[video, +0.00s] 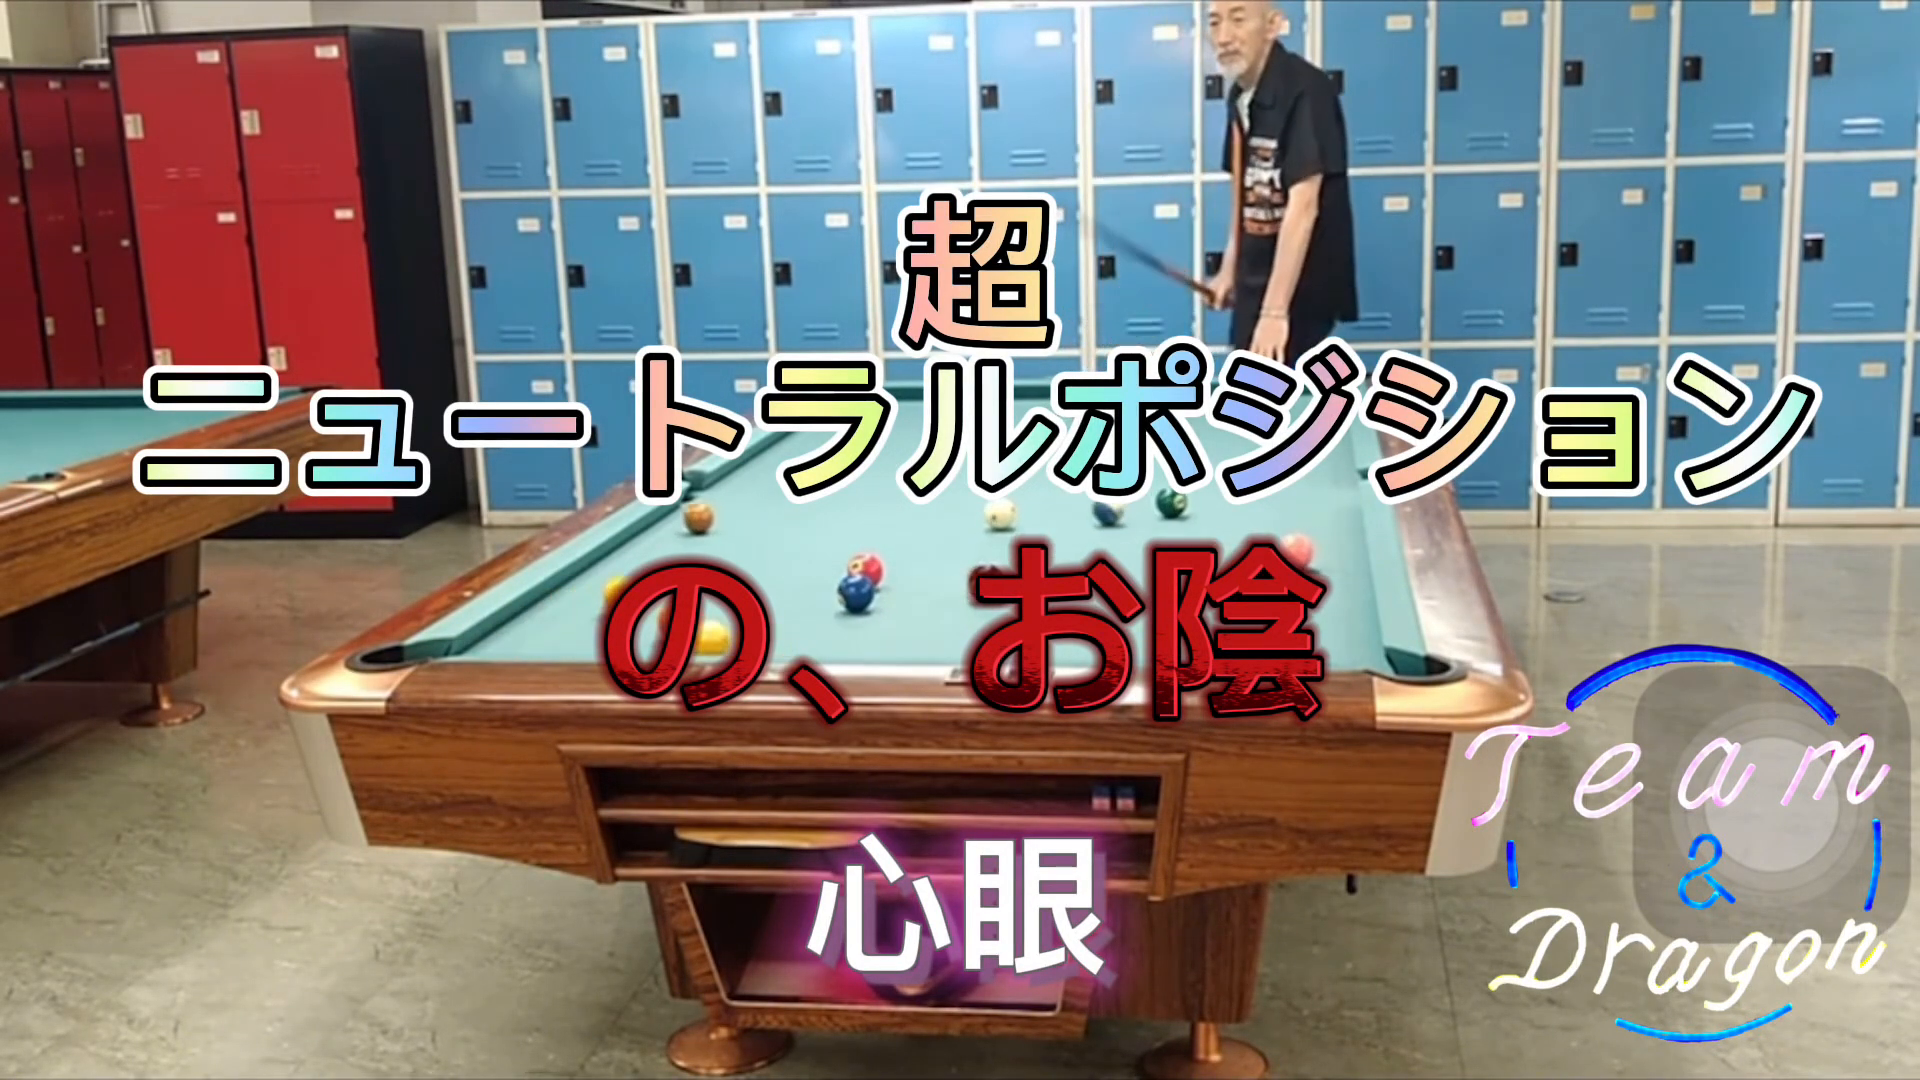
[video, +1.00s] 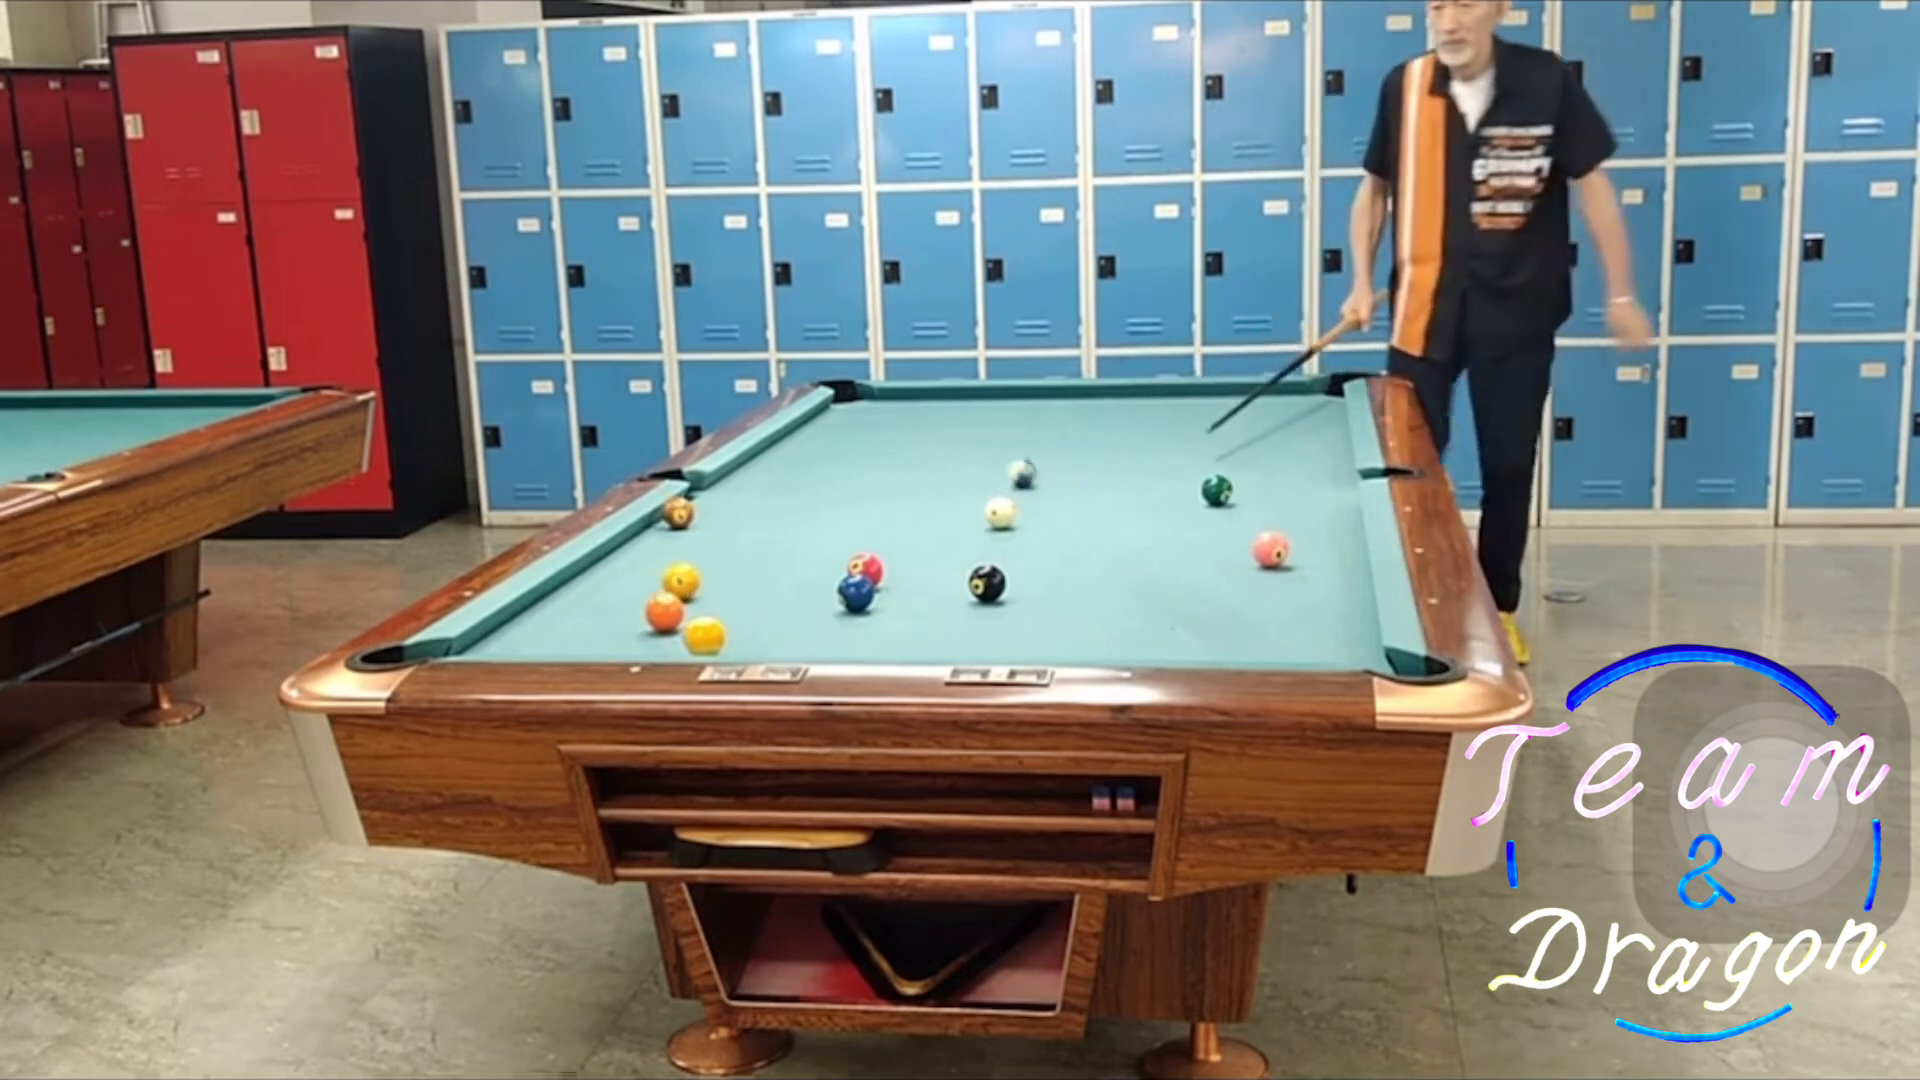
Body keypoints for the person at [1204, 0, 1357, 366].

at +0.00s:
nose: (1223, 36)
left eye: (1238, 20)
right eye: (1215, 22)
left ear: (1274, 25)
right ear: (1208, 30)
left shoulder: (1307, 90)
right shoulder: (1241, 95)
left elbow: (1303, 207)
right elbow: (1245, 198)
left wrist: (1274, 312)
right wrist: (1229, 272)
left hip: (1302, 294)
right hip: (1255, 289)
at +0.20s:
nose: (1242, 38)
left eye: (1257, 21)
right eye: (1233, 25)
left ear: (1292, 25)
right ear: (1226, 32)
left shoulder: (1330, 87)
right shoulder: (1253, 90)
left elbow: (1315, 209)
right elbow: (1257, 190)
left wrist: (1279, 312)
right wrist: (1250, 275)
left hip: (1333, 292)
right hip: (1284, 286)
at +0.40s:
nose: (1283, 41)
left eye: (1298, 23)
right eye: (1273, 26)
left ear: (1334, 25)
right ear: (1265, 32)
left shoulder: (1371, 89)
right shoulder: (1279, 91)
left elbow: (1357, 211)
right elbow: (1277, 188)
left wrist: (1305, 308)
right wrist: (1273, 272)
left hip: (1369, 301)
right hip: (1303, 295)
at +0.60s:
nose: (1333, 38)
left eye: (1347, 22)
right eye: (1323, 25)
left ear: (1384, 25)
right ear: (1316, 31)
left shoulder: (1425, 93)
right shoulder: (1316, 96)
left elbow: (1430, 215)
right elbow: (1303, 190)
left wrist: (1362, 305)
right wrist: (1295, 274)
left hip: (1413, 317)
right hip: (1336, 314)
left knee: (1445, 461)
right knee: (1331, 462)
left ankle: (1487, 605)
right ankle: (1333, 602)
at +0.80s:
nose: (1401, 29)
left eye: (1417, 12)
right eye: (1391, 15)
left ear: (1455, 14)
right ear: (1381, 21)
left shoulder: (1499, 84)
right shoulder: (1371, 90)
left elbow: (1521, 202)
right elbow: (1348, 192)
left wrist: (1501, 308)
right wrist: (1337, 282)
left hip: (1475, 309)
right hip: (1393, 308)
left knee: (1490, 468)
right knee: (1372, 463)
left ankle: (1492, 614)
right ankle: (1373, 613)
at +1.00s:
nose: (1447, 21)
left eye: (1465, 7)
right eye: (1437, 8)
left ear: (1500, 13)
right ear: (1427, 16)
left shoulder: (1549, 82)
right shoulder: (1406, 86)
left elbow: (1595, 190)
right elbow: (1374, 191)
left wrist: (1621, 296)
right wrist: (1362, 283)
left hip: (1516, 314)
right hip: (1426, 309)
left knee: (1509, 470)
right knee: (1410, 464)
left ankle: (1495, 613)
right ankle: (1399, 608)